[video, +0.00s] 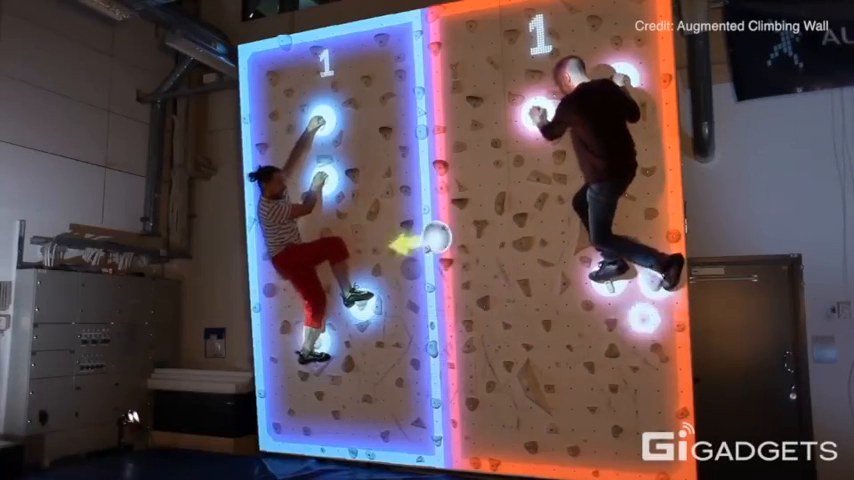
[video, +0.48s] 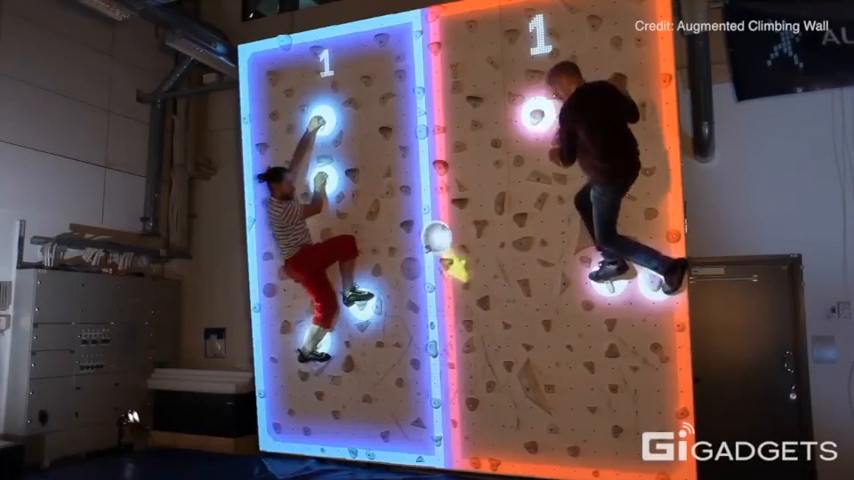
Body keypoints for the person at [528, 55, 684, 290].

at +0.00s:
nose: (559, 87)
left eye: (559, 81)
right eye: (558, 82)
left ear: (567, 78)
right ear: (583, 72)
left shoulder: (570, 103)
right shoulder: (607, 88)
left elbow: (551, 134)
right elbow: (634, 114)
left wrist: (540, 122)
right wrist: (623, 89)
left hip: (603, 177)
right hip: (626, 167)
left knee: (601, 238)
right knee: (580, 202)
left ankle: (665, 263)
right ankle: (612, 261)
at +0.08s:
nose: (560, 87)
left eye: (559, 81)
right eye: (559, 82)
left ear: (567, 78)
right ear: (584, 71)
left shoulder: (571, 102)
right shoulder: (607, 87)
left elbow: (552, 133)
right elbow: (633, 115)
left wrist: (541, 122)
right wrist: (622, 89)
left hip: (603, 177)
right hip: (626, 167)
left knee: (601, 238)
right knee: (580, 202)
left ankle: (665, 266)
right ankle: (612, 261)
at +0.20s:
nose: (561, 87)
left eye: (560, 81)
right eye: (560, 82)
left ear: (567, 78)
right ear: (584, 71)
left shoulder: (571, 101)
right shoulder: (608, 87)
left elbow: (555, 139)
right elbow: (633, 115)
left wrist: (542, 123)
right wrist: (622, 89)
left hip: (603, 176)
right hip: (626, 167)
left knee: (602, 238)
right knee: (581, 202)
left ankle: (666, 266)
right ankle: (612, 261)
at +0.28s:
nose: (559, 87)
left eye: (559, 81)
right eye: (559, 82)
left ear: (567, 77)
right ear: (584, 71)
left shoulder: (571, 103)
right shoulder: (606, 87)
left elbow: (558, 146)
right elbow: (633, 115)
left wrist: (543, 129)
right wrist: (622, 88)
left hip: (604, 176)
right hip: (626, 166)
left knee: (603, 238)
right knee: (581, 202)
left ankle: (668, 266)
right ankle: (612, 261)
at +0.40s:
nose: (557, 91)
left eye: (557, 85)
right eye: (555, 86)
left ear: (568, 78)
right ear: (579, 74)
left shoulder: (570, 107)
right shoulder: (606, 87)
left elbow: (563, 153)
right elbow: (632, 114)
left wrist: (551, 147)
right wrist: (618, 90)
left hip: (606, 175)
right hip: (628, 165)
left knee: (605, 239)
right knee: (582, 201)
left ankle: (669, 267)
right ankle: (613, 260)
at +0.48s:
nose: (554, 94)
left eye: (554, 88)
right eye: (552, 89)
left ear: (565, 82)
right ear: (576, 77)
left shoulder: (569, 111)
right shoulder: (604, 89)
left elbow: (567, 158)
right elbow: (633, 114)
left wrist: (556, 155)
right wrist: (619, 90)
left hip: (607, 176)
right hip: (629, 165)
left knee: (606, 239)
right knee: (582, 201)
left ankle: (669, 267)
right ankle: (613, 260)